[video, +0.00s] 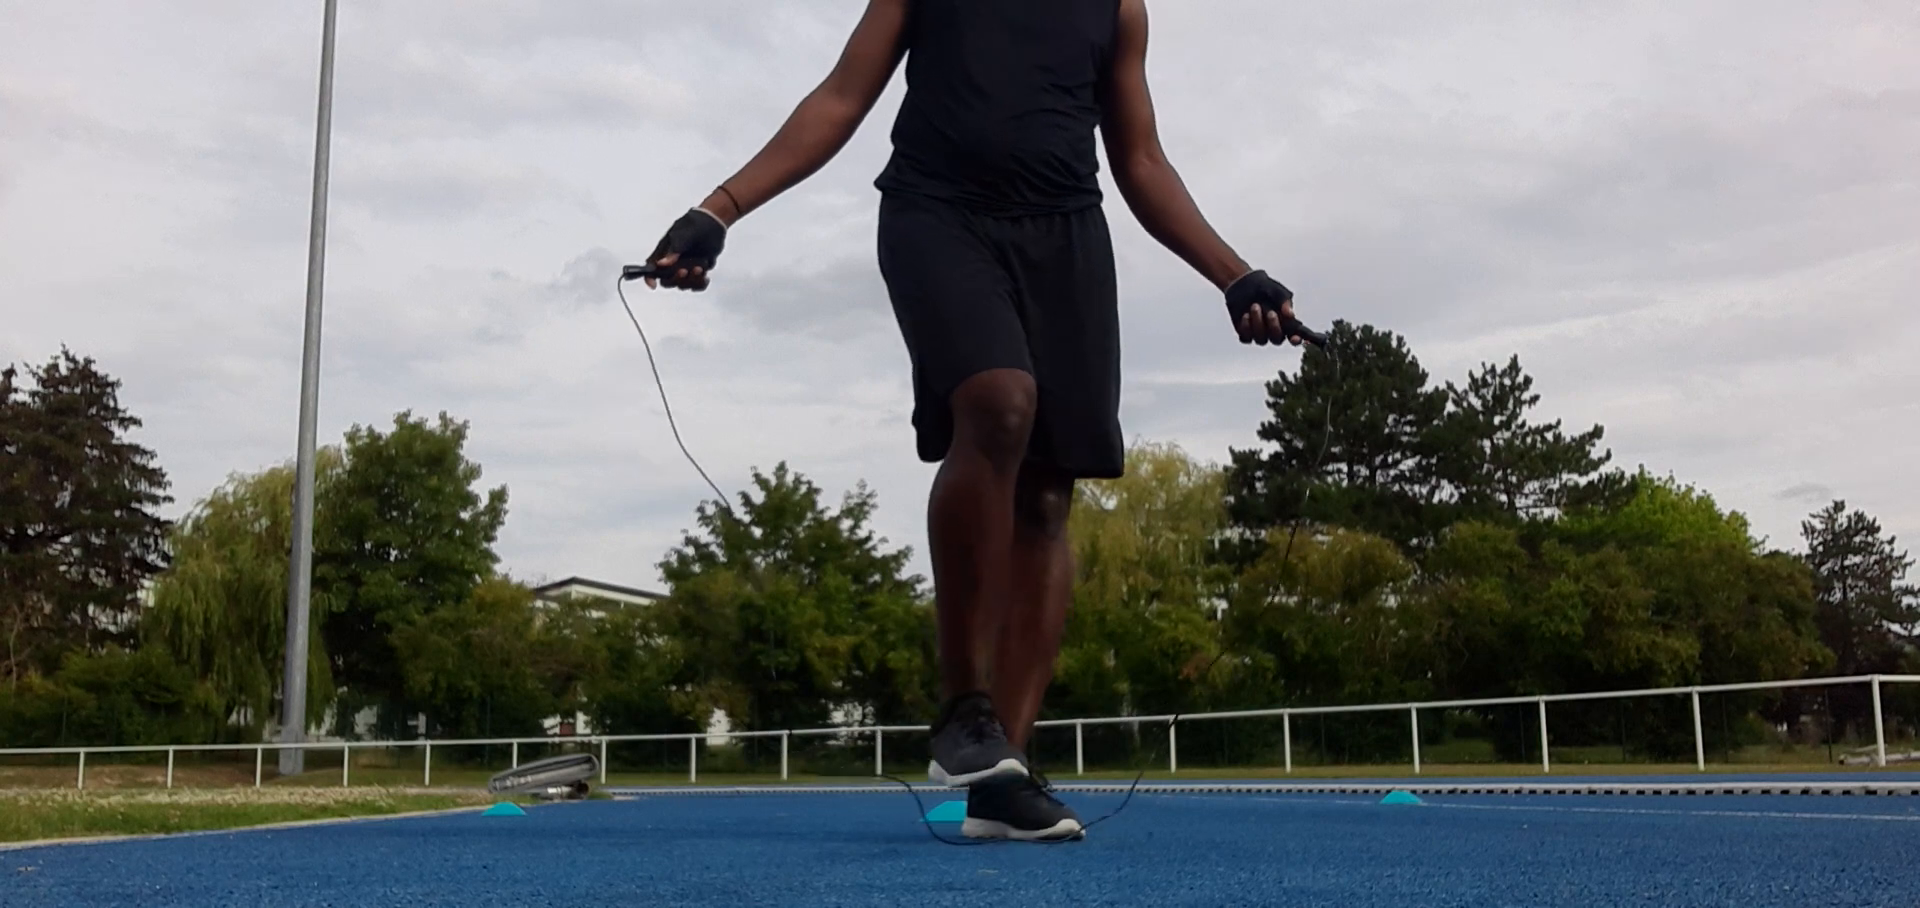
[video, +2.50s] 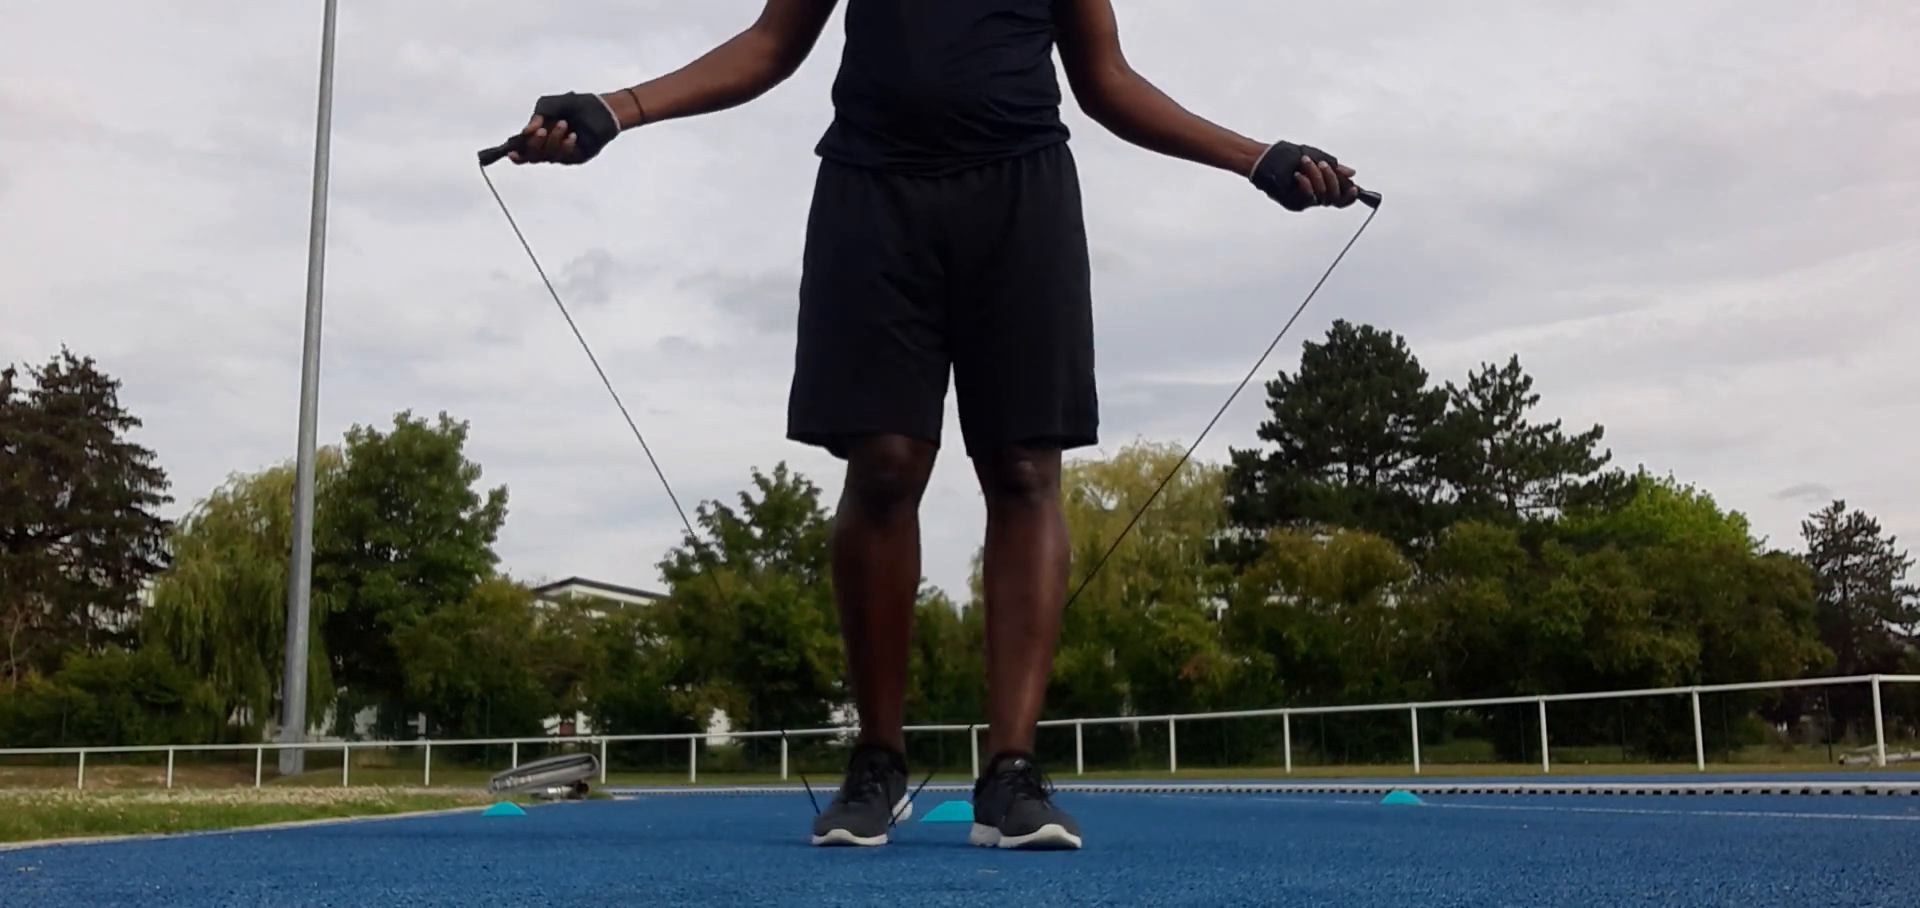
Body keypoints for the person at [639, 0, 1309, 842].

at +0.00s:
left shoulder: (1116, 8)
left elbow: (1140, 159)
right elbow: (840, 97)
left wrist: (1236, 274)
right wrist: (718, 206)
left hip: (1063, 230)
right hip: (938, 214)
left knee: (1045, 495)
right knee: (1000, 405)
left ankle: (1006, 765)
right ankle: (965, 708)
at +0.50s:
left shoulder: (1106, 13)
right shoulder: (907, 7)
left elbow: (1141, 153)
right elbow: (823, 101)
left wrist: (1279, 183)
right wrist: (690, 115)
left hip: (1053, 235)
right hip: (926, 228)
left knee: (1037, 495)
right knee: (963, 453)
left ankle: (1010, 769)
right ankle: (955, 761)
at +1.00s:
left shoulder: (1077, 12)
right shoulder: (871, 8)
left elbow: (1119, 134)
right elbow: (802, 98)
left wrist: (1248, 202)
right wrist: (667, 169)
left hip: (1026, 234)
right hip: (891, 229)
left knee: (1021, 500)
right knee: (896, 455)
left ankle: (1003, 774)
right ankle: (888, 759)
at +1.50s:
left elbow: (1046, 97)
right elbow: (736, 100)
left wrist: (1181, 211)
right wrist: (624, 220)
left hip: (979, 216)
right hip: (838, 219)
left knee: (1000, 450)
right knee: (843, 486)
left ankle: (999, 721)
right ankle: (871, 771)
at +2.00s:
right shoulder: (764, 0)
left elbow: (1034, 88)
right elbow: (721, 91)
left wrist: (1175, 195)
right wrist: (601, 200)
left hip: (973, 200)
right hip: (828, 206)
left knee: (1000, 417)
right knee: (836, 486)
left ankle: (986, 744)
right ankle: (870, 775)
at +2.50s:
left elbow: (1107, 79)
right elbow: (770, 44)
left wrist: (1259, 157)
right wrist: (613, 108)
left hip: (1021, 188)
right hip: (873, 187)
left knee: (1025, 468)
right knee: (884, 466)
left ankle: (1011, 769)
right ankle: (877, 762)